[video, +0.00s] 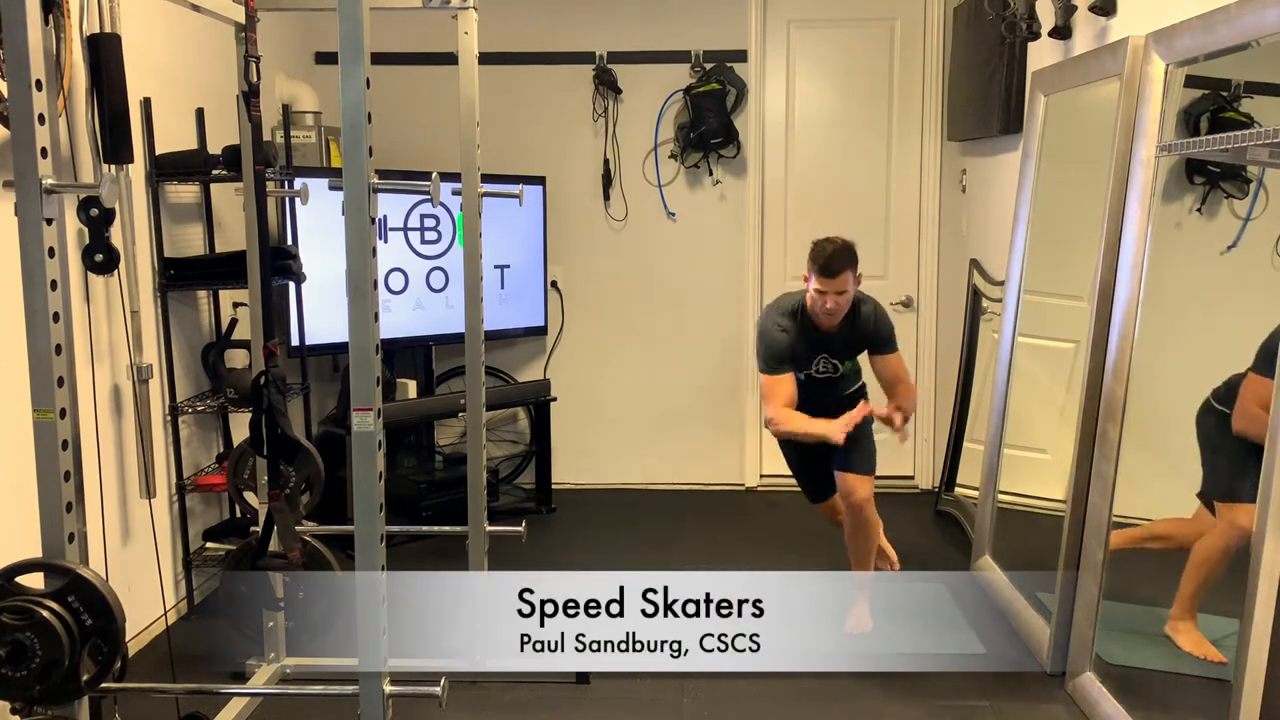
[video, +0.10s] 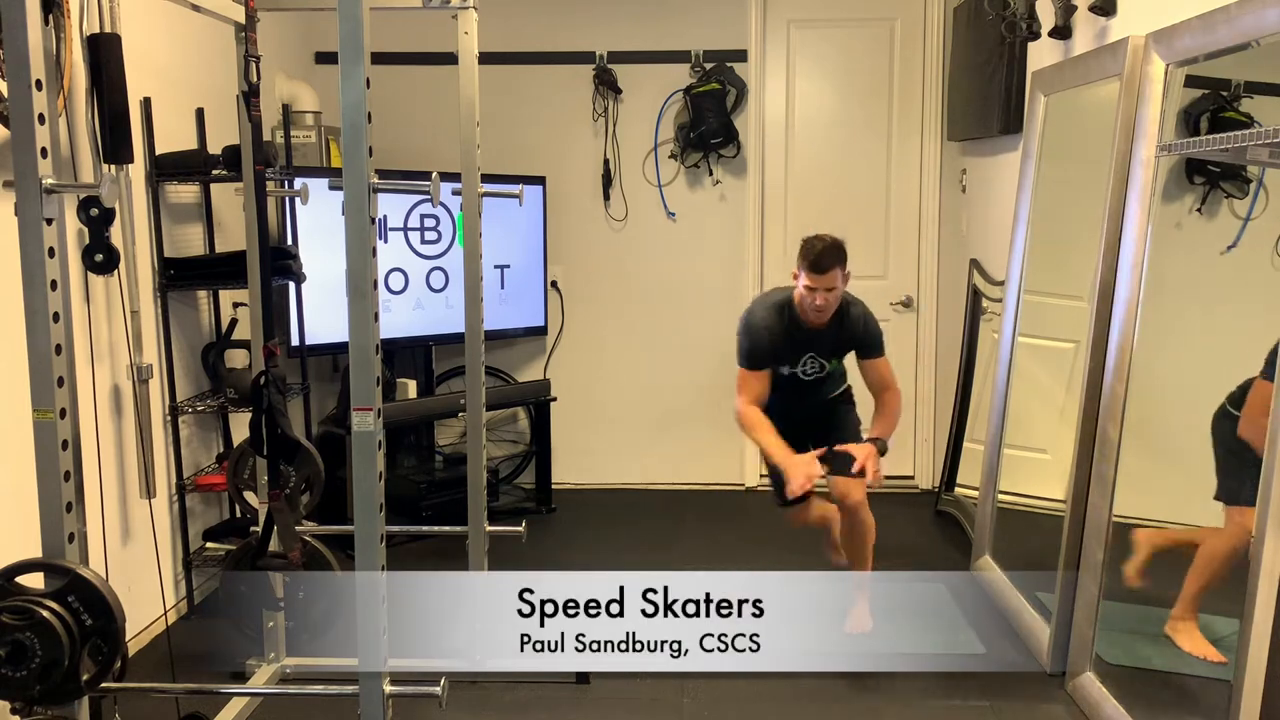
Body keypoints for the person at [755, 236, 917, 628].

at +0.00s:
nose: (829, 303)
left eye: (839, 294)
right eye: (820, 292)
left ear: (856, 284)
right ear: (806, 281)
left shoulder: (869, 316)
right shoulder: (779, 321)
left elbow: (900, 386)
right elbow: (777, 415)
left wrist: (900, 411)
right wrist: (829, 428)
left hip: (848, 408)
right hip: (797, 417)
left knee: (857, 499)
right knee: (834, 510)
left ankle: (861, 595)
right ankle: (871, 534)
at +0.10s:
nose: (819, 300)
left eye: (830, 291)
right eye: (810, 289)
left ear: (844, 281)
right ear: (795, 278)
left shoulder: (857, 319)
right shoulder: (763, 319)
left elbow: (887, 391)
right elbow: (747, 405)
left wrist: (876, 443)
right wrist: (788, 461)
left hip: (832, 405)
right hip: (779, 412)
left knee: (851, 501)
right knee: (797, 511)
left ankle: (860, 597)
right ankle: (834, 519)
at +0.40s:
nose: (710, 264)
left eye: (720, 255)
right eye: (701, 253)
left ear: (735, 247)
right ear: (687, 241)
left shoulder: (753, 283)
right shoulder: (652, 266)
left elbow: (809, 335)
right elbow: (609, 276)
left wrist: (774, 386)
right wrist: (598, 333)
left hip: (725, 380)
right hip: (660, 376)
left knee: (771, 475)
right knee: (617, 467)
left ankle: (819, 562)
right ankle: (568, 557)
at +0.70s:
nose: (616, 320)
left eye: (626, 310)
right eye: (608, 309)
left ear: (642, 300)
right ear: (596, 296)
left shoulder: (659, 336)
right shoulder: (577, 304)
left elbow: (671, 428)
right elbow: (522, 306)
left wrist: (600, 426)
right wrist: (469, 337)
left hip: (622, 415)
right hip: (577, 393)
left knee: (556, 483)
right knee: (560, 489)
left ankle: (491, 520)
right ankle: (541, 575)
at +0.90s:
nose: (621, 331)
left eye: (630, 321)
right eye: (613, 321)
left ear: (644, 310)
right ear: (597, 307)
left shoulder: (659, 340)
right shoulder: (573, 316)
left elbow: (684, 431)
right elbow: (502, 333)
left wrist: (617, 451)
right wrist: (454, 381)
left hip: (617, 414)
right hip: (569, 396)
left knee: (575, 497)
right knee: (552, 486)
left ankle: (512, 501)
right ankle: (539, 575)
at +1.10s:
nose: (659, 293)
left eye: (667, 282)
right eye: (649, 283)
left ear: (676, 273)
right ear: (630, 274)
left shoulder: (693, 301)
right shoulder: (602, 310)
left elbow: (755, 338)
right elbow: (543, 377)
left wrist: (762, 405)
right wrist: (556, 456)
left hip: (661, 392)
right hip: (600, 394)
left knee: (706, 488)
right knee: (564, 487)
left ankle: (714, 546)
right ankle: (540, 570)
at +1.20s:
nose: (695, 274)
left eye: (703, 263)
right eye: (685, 264)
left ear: (712, 252)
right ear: (665, 254)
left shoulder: (729, 270)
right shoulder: (638, 293)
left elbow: (781, 293)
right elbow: (614, 379)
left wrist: (803, 354)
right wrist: (670, 430)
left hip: (708, 372)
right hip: (648, 376)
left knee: (755, 466)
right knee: (601, 468)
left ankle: (808, 561)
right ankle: (555, 563)